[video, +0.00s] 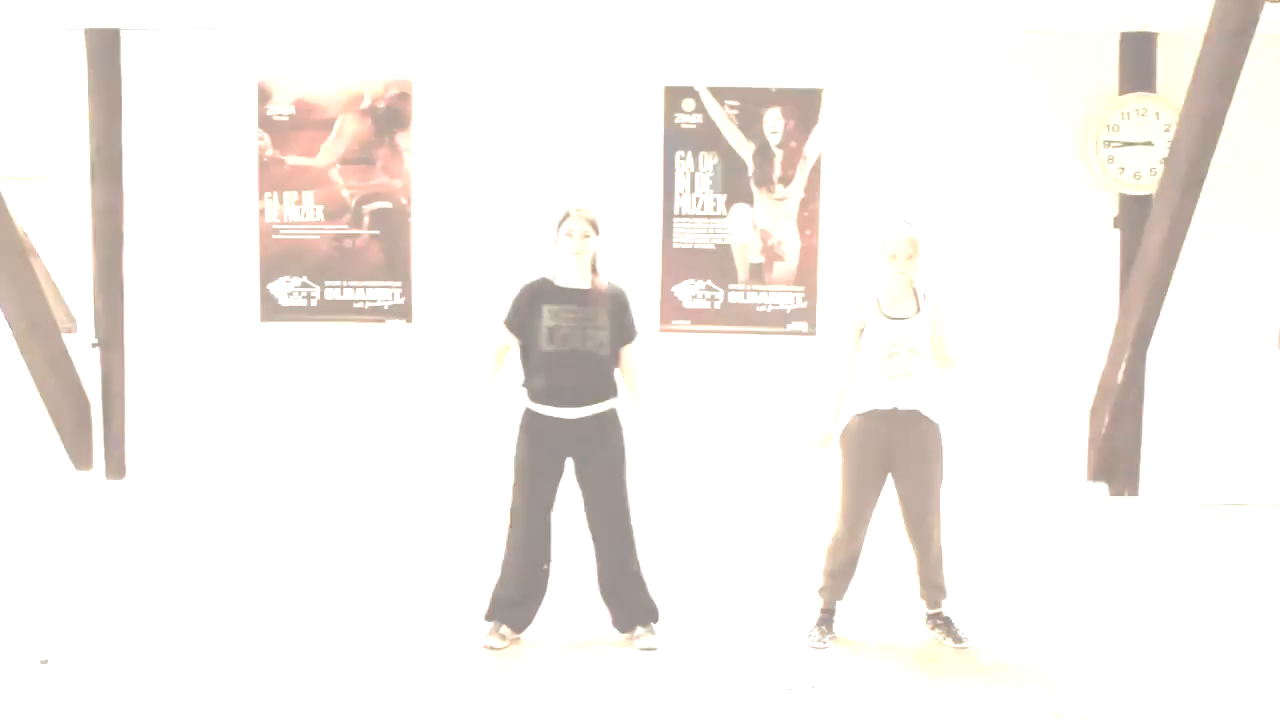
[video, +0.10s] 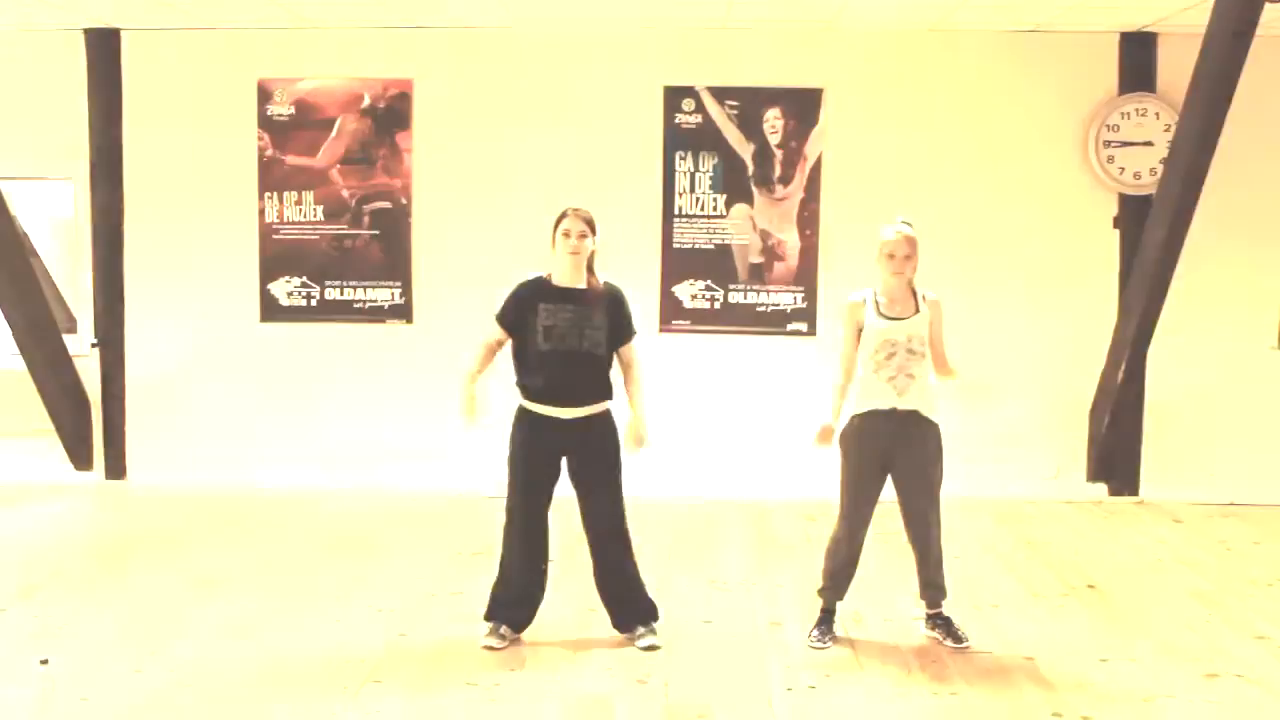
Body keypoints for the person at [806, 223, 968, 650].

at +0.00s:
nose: (899, 264)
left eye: (907, 257)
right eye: (892, 256)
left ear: (918, 260)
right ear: (880, 259)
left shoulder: (931, 306)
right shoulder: (862, 304)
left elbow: (946, 363)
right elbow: (841, 367)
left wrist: (934, 313)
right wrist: (831, 423)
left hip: (919, 423)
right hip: (866, 422)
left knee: (926, 525)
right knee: (851, 525)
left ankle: (936, 615)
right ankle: (826, 614)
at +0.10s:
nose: (899, 263)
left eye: (907, 257)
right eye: (891, 256)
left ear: (917, 260)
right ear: (878, 257)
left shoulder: (930, 307)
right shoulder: (858, 306)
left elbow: (940, 364)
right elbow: (846, 367)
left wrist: (955, 374)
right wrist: (832, 418)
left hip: (918, 426)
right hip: (866, 425)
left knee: (925, 524)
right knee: (851, 523)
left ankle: (936, 614)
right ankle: (827, 613)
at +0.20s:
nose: (898, 262)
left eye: (905, 255)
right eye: (890, 255)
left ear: (915, 260)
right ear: (876, 259)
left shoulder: (928, 307)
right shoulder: (858, 307)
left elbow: (940, 362)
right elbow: (840, 362)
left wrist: (953, 412)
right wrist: (843, 412)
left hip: (917, 428)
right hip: (866, 427)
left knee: (925, 526)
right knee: (851, 523)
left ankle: (935, 613)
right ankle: (826, 613)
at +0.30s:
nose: (896, 262)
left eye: (903, 255)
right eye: (888, 255)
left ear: (915, 259)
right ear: (876, 258)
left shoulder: (931, 307)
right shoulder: (858, 305)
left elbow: (954, 355)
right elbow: (812, 337)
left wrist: (951, 405)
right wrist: (842, 357)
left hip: (915, 429)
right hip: (864, 428)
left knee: (924, 528)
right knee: (848, 524)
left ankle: (934, 613)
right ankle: (826, 612)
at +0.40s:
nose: (897, 262)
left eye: (904, 256)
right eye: (889, 255)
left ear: (917, 260)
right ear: (878, 259)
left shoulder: (933, 303)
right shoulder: (865, 296)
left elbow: (972, 341)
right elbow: (808, 287)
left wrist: (949, 387)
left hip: (916, 428)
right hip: (866, 426)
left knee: (923, 526)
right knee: (847, 523)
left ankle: (933, 614)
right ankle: (825, 613)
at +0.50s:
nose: (898, 263)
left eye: (906, 257)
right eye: (891, 256)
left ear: (920, 261)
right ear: (881, 259)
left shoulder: (935, 307)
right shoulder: (876, 292)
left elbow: (975, 346)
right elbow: (836, 249)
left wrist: (949, 387)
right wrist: (809, 219)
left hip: (919, 430)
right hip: (870, 429)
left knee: (927, 528)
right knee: (846, 522)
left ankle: (934, 614)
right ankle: (827, 612)